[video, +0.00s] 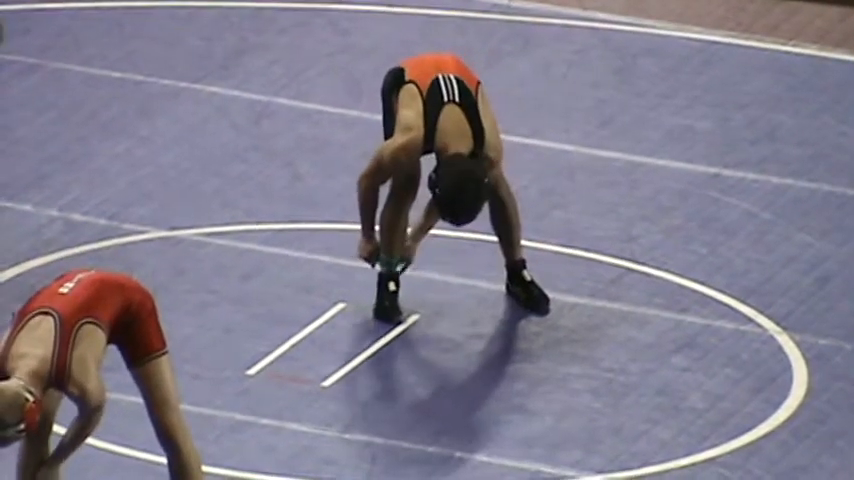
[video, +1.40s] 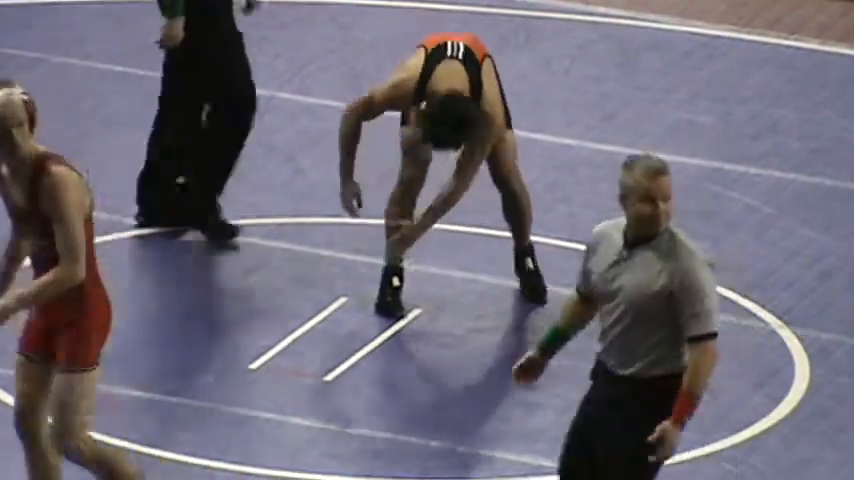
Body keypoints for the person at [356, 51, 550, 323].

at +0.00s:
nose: (448, 220)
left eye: (456, 220)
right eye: (446, 216)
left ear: (482, 186)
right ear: (435, 183)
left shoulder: (490, 154)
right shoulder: (406, 145)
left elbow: (441, 201)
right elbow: (368, 183)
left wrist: (414, 240)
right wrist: (368, 238)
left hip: (464, 79)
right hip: (407, 80)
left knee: (499, 188)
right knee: (404, 188)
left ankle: (518, 274)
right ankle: (389, 282)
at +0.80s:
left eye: (458, 234)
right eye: (445, 230)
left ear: (482, 190)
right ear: (433, 193)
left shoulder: (496, 158)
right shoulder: (406, 150)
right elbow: (380, 178)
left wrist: (432, 247)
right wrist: (402, 237)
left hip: (470, 76)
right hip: (414, 77)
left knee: (510, 192)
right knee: (407, 191)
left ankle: (521, 271)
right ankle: (391, 277)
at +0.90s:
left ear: (477, 188)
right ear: (429, 192)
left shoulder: (493, 153)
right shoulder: (401, 151)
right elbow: (381, 186)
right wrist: (404, 242)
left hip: (467, 75)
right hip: (411, 76)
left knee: (508, 194)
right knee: (405, 191)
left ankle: (521, 270)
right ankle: (391, 279)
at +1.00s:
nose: (444, 228)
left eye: (451, 225)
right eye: (438, 223)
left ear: (473, 183)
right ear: (424, 186)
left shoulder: (492, 150)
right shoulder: (397, 151)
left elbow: (515, 200)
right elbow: (378, 177)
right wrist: (396, 230)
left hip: (464, 73)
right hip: (408, 76)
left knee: (506, 190)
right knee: (403, 192)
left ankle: (521, 268)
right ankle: (391, 277)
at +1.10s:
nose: (433, 221)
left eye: (443, 219)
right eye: (431, 215)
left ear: (469, 178)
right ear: (421, 183)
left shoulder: (488, 145)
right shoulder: (395, 141)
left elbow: (513, 196)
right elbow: (371, 164)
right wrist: (384, 216)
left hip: (464, 73)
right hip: (408, 73)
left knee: (503, 188)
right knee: (402, 186)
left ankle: (521, 267)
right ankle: (391, 276)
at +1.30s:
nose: (442, 193)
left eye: (446, 189)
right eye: (438, 189)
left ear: (462, 158)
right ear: (416, 145)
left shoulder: (482, 134)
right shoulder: (397, 111)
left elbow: (463, 194)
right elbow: (350, 131)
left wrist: (421, 236)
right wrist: (352, 197)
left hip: (469, 65)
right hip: (415, 63)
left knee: (502, 180)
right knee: (402, 187)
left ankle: (520, 264)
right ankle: (391, 276)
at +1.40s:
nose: (439, 152)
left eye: (449, 150)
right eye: (434, 145)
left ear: (466, 132)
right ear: (422, 115)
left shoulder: (487, 120)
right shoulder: (405, 88)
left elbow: (459, 185)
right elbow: (353, 114)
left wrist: (418, 230)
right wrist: (347, 180)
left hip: (480, 59)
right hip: (427, 53)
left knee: (507, 177)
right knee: (410, 179)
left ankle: (525, 256)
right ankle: (392, 273)